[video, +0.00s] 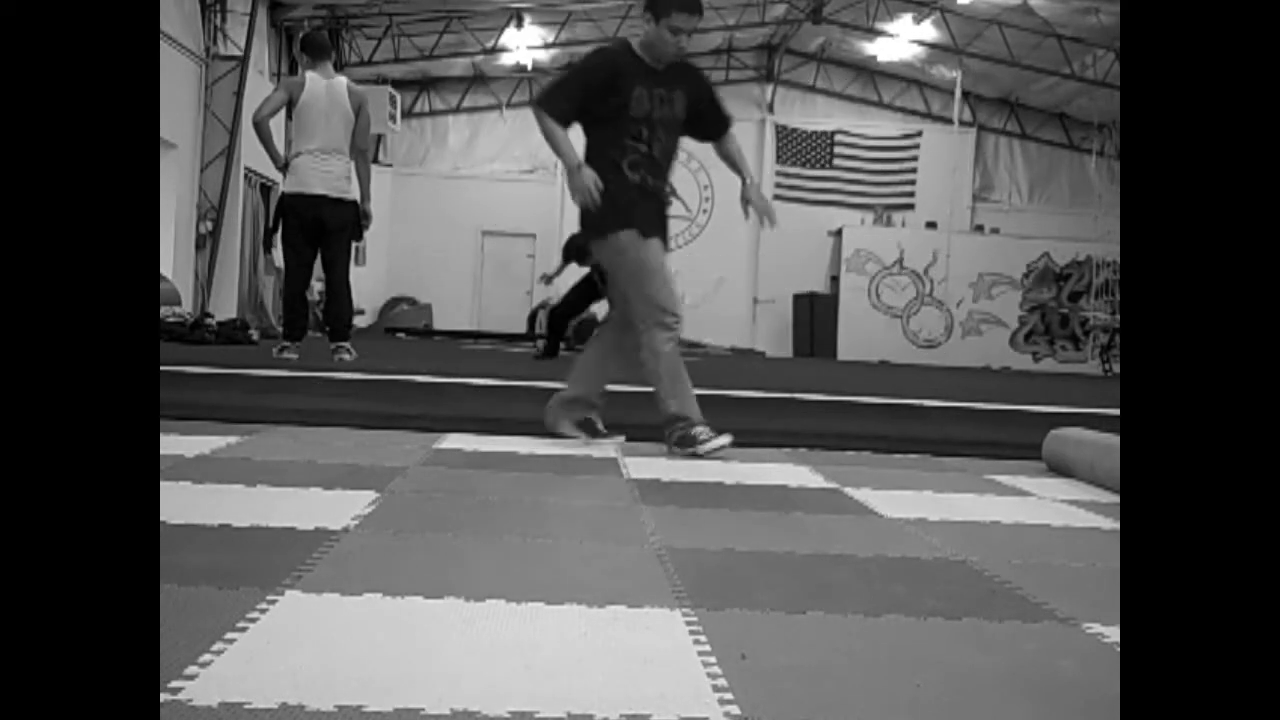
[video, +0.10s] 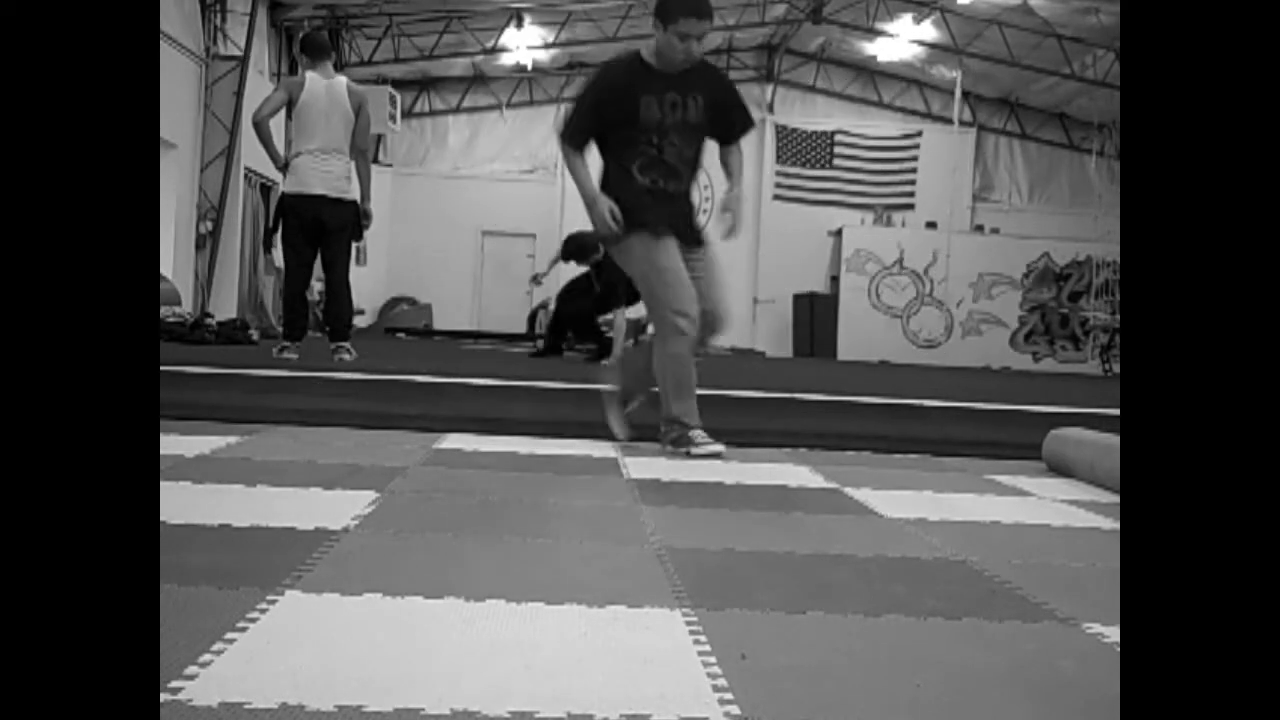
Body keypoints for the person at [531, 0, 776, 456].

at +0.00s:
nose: (682, 43)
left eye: (689, 34)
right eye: (676, 32)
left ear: (693, 32)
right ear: (649, 20)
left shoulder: (688, 79)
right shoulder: (609, 62)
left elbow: (721, 134)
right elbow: (547, 110)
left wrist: (750, 180)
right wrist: (574, 166)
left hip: (649, 211)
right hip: (611, 207)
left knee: (629, 318)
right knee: (660, 315)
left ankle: (571, 408)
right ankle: (684, 425)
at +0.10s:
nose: (692, 49)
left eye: (700, 40)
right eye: (684, 38)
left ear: (707, 35)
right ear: (658, 27)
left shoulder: (709, 80)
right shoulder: (616, 77)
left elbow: (729, 139)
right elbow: (571, 142)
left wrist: (734, 192)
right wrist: (592, 198)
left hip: (680, 214)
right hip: (630, 213)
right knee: (677, 316)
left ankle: (624, 375)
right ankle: (681, 427)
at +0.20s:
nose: (695, 58)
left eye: (703, 47)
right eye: (684, 47)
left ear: (712, 40)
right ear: (661, 40)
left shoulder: (721, 87)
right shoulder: (626, 92)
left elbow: (739, 148)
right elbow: (594, 162)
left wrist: (717, 186)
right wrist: (617, 212)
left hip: (706, 216)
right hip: (654, 221)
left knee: (744, 301)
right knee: (690, 330)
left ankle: (691, 373)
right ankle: (680, 429)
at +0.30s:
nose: (685, 52)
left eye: (694, 41)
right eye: (674, 41)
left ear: (708, 32)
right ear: (657, 32)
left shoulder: (731, 74)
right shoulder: (631, 82)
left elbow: (768, 130)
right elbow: (600, 149)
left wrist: (760, 176)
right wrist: (642, 141)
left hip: (725, 199)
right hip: (667, 205)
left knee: (752, 293)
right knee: (706, 309)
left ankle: (760, 402)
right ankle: (714, 421)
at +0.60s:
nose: (690, 59)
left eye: (701, 48)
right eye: (680, 47)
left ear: (719, 41)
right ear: (666, 39)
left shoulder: (739, 86)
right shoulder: (635, 86)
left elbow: (783, 135)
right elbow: (603, 156)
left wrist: (764, 192)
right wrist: (644, 188)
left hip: (713, 212)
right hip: (652, 219)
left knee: (706, 312)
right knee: (680, 335)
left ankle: (712, 416)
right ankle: (760, 409)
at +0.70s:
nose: (680, 51)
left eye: (691, 40)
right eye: (671, 39)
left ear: (712, 36)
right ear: (660, 32)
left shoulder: (729, 92)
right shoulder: (625, 84)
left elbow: (732, 155)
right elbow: (599, 154)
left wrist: (723, 206)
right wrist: (608, 206)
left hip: (689, 220)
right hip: (627, 218)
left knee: (677, 319)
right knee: (627, 321)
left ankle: (673, 425)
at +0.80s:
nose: (634, 26)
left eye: (644, 15)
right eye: (631, 15)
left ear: (676, 13)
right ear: (628, 15)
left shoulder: (711, 68)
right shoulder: (609, 56)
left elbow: (764, 118)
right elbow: (554, 97)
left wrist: (751, 163)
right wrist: (552, 118)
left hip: (663, 213)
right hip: (601, 207)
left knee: (662, 325)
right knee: (582, 275)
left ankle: (667, 427)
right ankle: (588, 342)